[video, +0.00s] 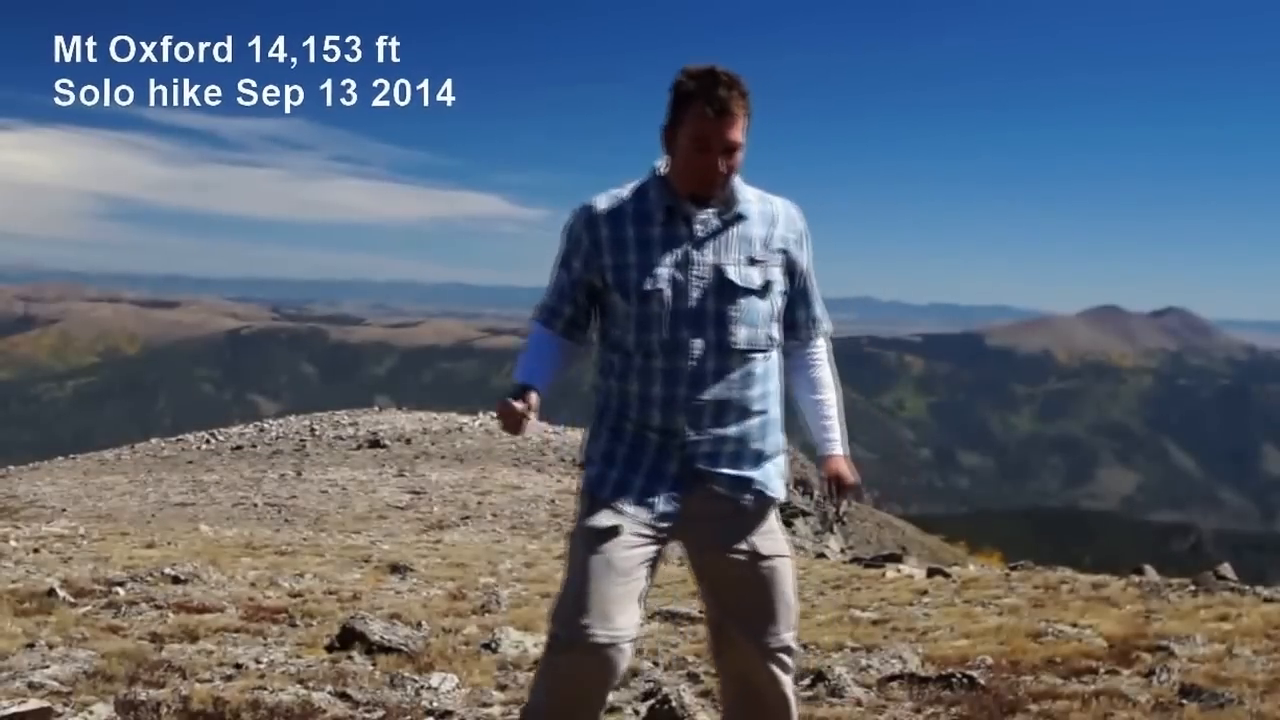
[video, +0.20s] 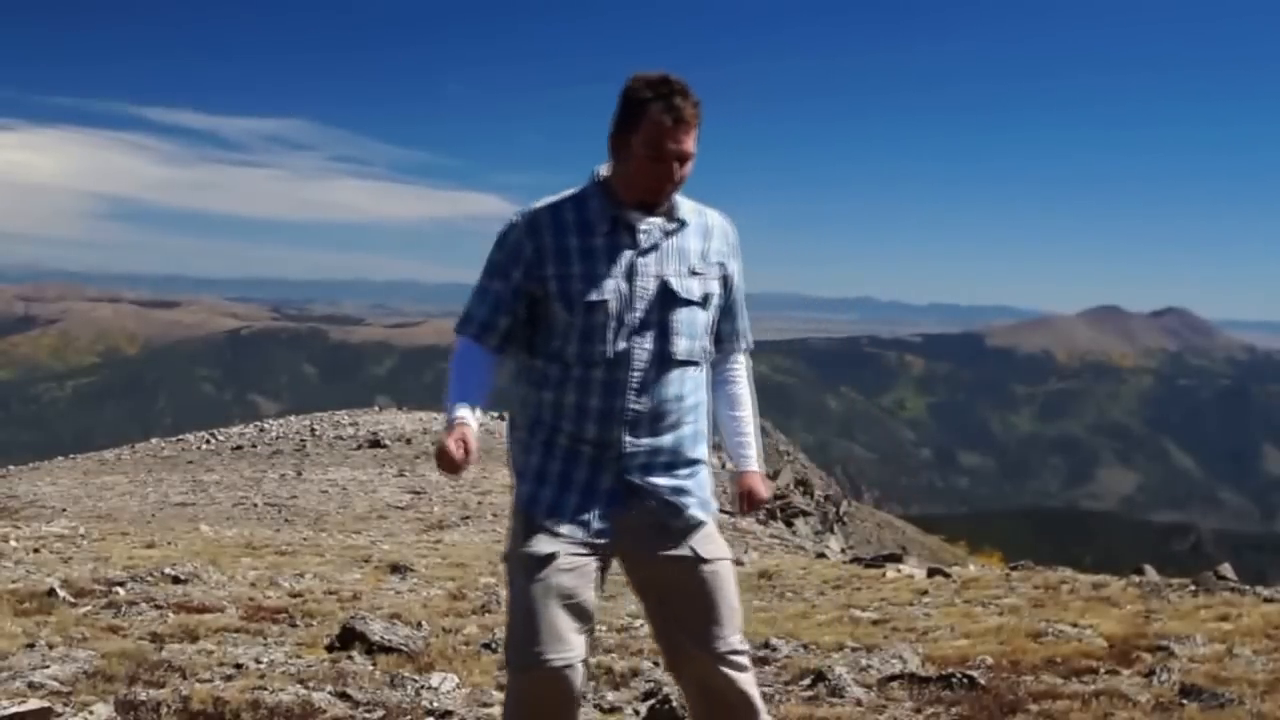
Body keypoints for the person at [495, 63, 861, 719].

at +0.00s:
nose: (722, 164)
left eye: (733, 149)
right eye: (707, 148)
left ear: (746, 142)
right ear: (671, 138)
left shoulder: (779, 225)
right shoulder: (603, 223)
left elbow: (807, 343)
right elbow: (556, 324)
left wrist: (832, 446)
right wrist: (529, 387)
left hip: (742, 475)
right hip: (629, 474)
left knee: (764, 661)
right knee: (592, 648)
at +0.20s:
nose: (677, 173)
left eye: (686, 159)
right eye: (665, 157)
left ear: (695, 152)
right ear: (622, 144)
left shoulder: (712, 236)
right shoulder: (538, 235)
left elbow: (729, 357)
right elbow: (479, 336)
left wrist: (745, 461)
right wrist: (463, 415)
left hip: (675, 488)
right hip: (560, 490)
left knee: (720, 670)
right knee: (546, 675)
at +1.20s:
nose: (716, 176)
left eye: (724, 161)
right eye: (702, 161)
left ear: (734, 151)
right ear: (660, 151)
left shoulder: (780, 225)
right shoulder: (603, 228)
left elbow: (822, 344)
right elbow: (572, 332)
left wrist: (837, 450)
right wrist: (545, 429)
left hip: (748, 486)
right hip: (637, 480)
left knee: (759, 679)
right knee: (579, 670)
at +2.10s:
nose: (651, 151)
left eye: (666, 135)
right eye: (637, 133)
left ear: (689, 130)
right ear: (609, 127)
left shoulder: (723, 228)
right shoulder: (538, 208)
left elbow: (736, 349)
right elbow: (476, 311)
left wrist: (771, 416)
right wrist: (488, 407)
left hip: (664, 481)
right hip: (550, 484)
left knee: (700, 662)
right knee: (558, 682)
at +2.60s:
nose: (606, 161)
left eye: (621, 142)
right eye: (591, 146)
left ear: (657, 134)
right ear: (577, 145)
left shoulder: (725, 223)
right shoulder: (577, 226)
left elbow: (779, 338)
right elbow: (554, 333)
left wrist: (792, 423)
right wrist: (504, 421)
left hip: (699, 494)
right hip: (590, 489)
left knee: (742, 686)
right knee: (565, 683)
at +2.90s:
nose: (681, 176)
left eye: (695, 158)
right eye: (664, 160)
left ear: (721, 138)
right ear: (642, 150)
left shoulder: (791, 211)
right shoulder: (636, 229)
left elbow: (858, 327)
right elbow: (624, 330)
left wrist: (875, 449)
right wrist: (582, 398)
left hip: (781, 476)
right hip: (675, 473)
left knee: (792, 679)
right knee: (629, 670)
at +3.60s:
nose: (734, 168)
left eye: (746, 153)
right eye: (720, 151)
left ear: (759, 144)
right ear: (677, 133)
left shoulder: (769, 225)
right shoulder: (584, 208)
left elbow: (788, 341)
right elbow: (520, 315)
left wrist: (836, 394)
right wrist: (550, 414)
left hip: (722, 486)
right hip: (606, 483)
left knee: (762, 677)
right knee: (577, 671)